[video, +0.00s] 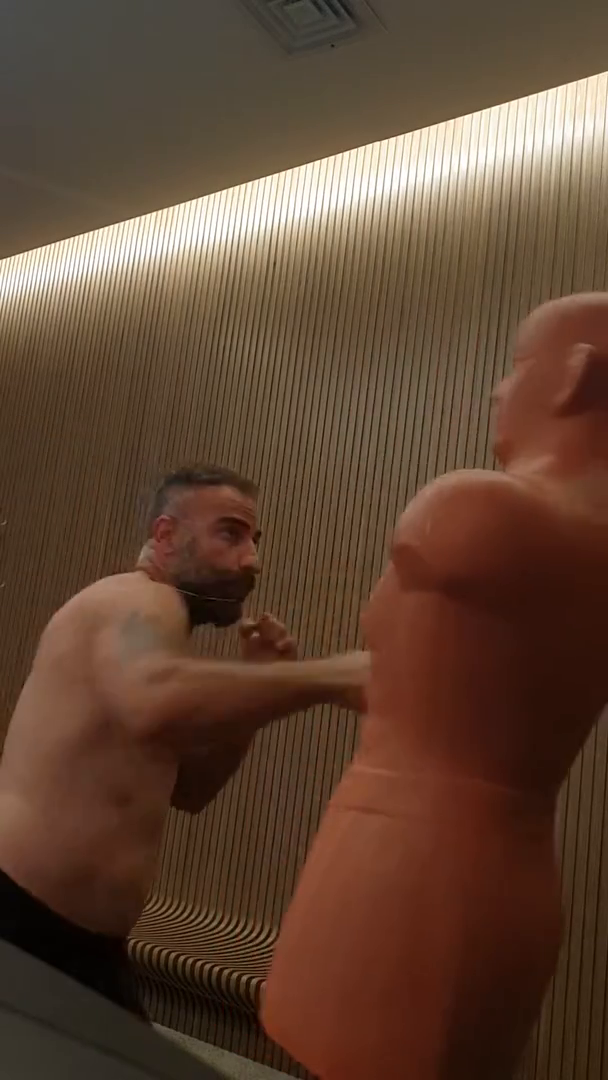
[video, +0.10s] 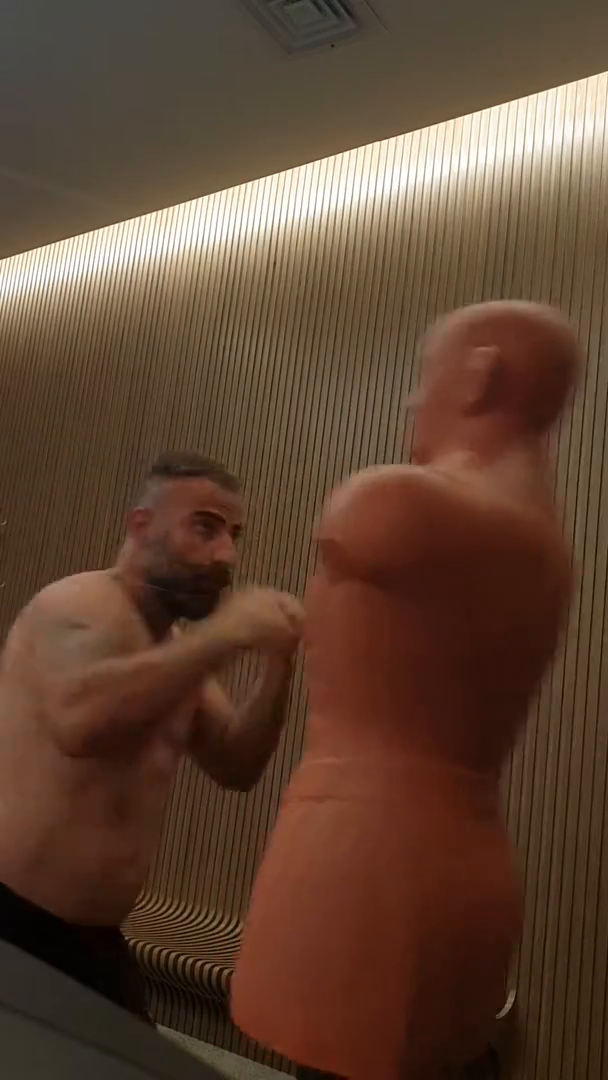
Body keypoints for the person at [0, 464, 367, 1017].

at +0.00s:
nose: (251, 557)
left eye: (254, 540)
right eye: (229, 533)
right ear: (165, 537)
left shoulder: (153, 624)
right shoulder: (138, 600)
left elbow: (192, 791)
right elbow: (150, 698)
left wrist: (253, 682)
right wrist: (329, 678)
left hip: (96, 952)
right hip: (27, 936)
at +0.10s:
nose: (226, 552)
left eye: (233, 536)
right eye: (204, 527)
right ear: (141, 526)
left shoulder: (175, 646)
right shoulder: (77, 603)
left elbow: (236, 766)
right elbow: (78, 718)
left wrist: (279, 659)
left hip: (101, 947)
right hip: (21, 935)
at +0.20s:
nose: (162, 550)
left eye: (177, 535)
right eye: (144, 526)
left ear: (188, 544)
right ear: (83, 522)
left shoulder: (165, 646)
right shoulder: (13, 610)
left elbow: (243, 750)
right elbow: (16, 724)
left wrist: (253, 620)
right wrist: (141, 601)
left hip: (91, 940)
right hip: (6, 930)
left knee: (121, 1069)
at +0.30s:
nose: (93, 572)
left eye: (109, 557)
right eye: (75, 548)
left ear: (121, 556)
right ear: (16, 533)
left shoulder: (111, 648)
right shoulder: (6, 637)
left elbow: (183, 770)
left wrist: (186, 651)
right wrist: (50, 618)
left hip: (46, 939)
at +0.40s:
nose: (33, 590)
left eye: (50, 575)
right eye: (19, 566)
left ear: (61, 572)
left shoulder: (45, 658)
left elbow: (91, 798)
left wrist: (125, 700)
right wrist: (2, 644)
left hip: (3, 921)